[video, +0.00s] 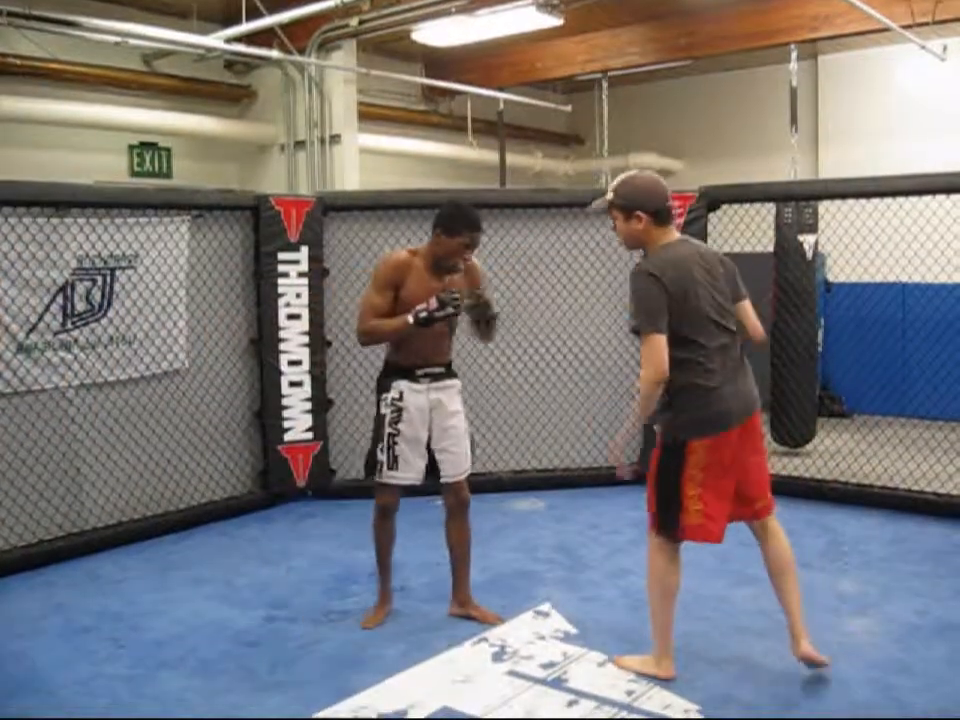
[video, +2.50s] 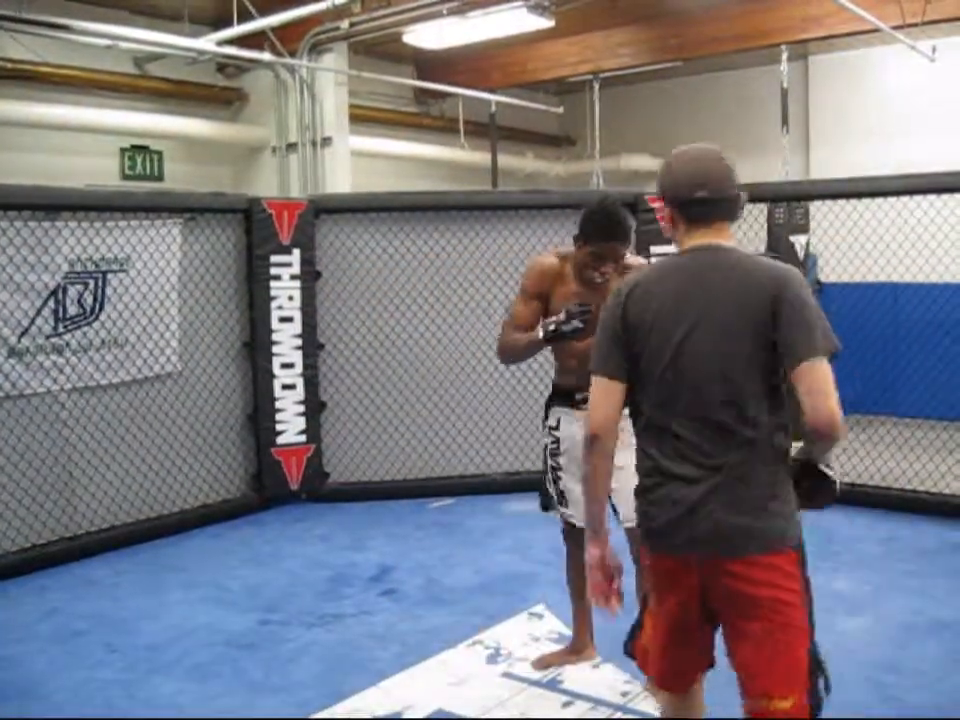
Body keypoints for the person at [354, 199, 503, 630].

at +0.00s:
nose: (469, 256)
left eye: (472, 248)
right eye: (465, 247)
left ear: (467, 245)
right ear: (441, 236)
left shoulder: (467, 271)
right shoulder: (395, 266)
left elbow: (485, 331)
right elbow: (366, 330)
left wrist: (479, 308)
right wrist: (418, 316)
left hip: (446, 390)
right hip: (400, 391)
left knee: (458, 497)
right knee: (386, 500)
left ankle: (462, 599)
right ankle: (384, 599)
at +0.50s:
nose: (470, 266)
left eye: (474, 258)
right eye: (466, 256)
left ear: (474, 253)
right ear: (442, 244)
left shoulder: (470, 277)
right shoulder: (402, 279)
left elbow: (484, 336)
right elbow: (372, 349)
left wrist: (486, 322)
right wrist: (427, 337)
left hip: (458, 398)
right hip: (414, 402)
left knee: (486, 501)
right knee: (403, 502)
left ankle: (500, 607)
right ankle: (398, 596)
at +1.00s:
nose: (487, 265)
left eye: (494, 257)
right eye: (481, 257)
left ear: (501, 251)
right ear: (462, 244)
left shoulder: (502, 270)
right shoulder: (429, 274)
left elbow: (532, 336)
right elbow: (404, 349)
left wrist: (514, 304)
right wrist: (446, 323)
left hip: (493, 398)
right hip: (446, 400)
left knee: (524, 510)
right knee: (438, 519)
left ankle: (506, 596)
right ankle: (439, 622)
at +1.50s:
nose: (548, 279)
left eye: (554, 272)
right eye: (542, 270)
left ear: (560, 266)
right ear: (523, 256)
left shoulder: (559, 276)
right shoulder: (487, 270)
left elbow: (590, 344)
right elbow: (473, 349)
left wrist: (585, 307)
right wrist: (518, 312)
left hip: (545, 408)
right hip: (493, 411)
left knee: (572, 531)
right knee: (462, 530)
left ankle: (573, 644)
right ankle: (446, 622)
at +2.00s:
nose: (572, 257)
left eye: (579, 247)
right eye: (563, 248)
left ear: (588, 240)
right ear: (540, 243)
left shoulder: (600, 262)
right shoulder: (512, 271)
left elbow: (664, 275)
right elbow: (485, 355)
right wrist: (522, 305)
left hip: (589, 415)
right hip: (531, 416)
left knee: (623, 547)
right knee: (500, 534)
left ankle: (653, 668)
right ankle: (482, 645)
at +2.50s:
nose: (604, 272)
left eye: (615, 262)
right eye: (596, 261)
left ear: (629, 252)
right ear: (576, 245)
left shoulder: (640, 277)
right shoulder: (548, 270)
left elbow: (662, 338)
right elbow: (507, 349)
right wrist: (547, 333)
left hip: (629, 414)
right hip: (569, 413)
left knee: (642, 529)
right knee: (576, 531)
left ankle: (656, 635)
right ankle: (581, 639)